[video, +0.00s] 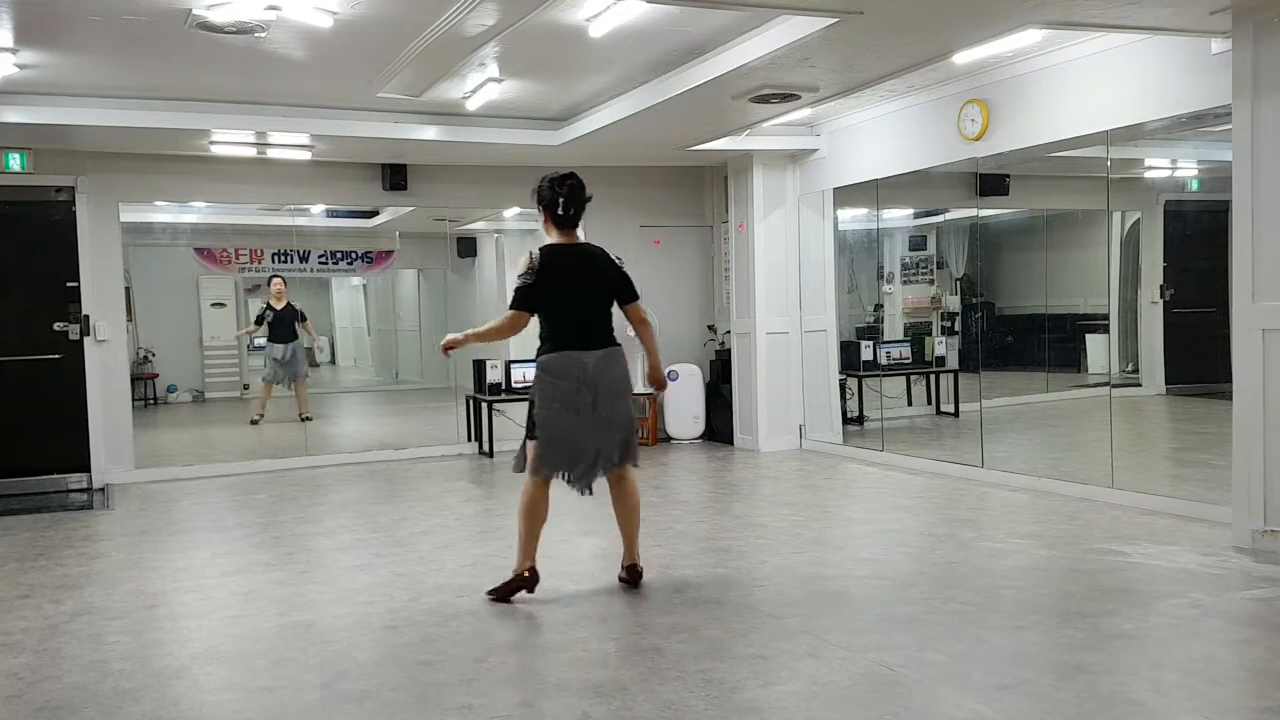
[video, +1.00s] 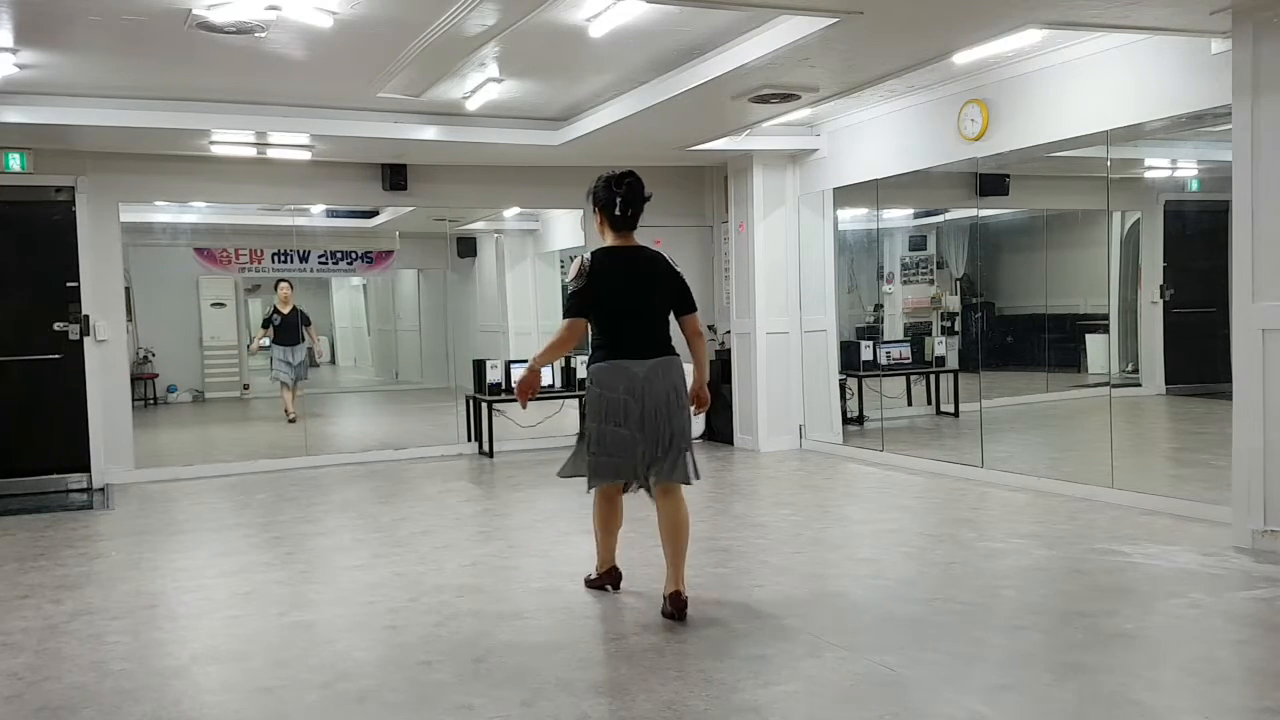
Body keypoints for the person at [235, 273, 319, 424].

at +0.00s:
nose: (278, 287)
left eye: (281, 284)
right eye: (275, 285)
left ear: (285, 287)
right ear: (269, 289)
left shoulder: (294, 307)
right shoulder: (266, 309)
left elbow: (305, 324)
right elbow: (255, 327)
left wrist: (315, 337)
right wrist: (244, 331)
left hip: (294, 347)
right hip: (274, 348)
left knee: (300, 379)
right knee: (268, 380)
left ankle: (303, 412)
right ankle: (260, 412)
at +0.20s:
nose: (286, 287)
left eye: (289, 284)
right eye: (283, 285)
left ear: (293, 287)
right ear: (277, 288)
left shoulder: (301, 306)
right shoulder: (272, 307)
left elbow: (313, 323)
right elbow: (266, 326)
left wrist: (326, 338)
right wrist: (261, 329)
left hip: (301, 347)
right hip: (281, 349)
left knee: (304, 381)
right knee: (285, 381)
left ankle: (304, 412)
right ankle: (288, 413)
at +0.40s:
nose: (287, 287)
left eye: (290, 284)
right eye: (284, 285)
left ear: (294, 287)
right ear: (278, 288)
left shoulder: (300, 306)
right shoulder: (273, 307)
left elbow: (312, 324)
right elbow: (267, 327)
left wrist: (323, 338)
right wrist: (273, 324)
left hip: (302, 347)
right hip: (283, 349)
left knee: (304, 381)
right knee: (288, 382)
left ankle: (305, 411)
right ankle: (292, 412)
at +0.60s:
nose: (288, 289)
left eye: (290, 286)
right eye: (285, 286)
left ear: (294, 288)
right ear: (279, 289)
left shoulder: (300, 308)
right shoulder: (274, 307)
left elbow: (309, 328)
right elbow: (268, 327)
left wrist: (317, 344)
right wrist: (275, 329)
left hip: (299, 347)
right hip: (280, 349)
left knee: (301, 381)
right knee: (285, 382)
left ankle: (303, 410)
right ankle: (293, 412)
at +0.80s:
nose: (287, 290)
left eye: (289, 287)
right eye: (283, 287)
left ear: (293, 290)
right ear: (278, 290)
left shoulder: (299, 309)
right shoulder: (273, 309)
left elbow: (309, 327)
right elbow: (267, 327)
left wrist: (316, 345)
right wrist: (266, 338)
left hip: (298, 348)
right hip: (279, 349)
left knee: (298, 381)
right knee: (285, 382)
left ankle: (295, 408)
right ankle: (292, 411)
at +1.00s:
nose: (285, 292)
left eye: (287, 289)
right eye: (281, 289)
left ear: (291, 291)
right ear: (276, 292)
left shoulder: (298, 311)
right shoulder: (271, 311)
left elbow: (309, 327)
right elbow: (264, 329)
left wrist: (316, 344)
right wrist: (256, 342)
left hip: (298, 349)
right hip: (280, 350)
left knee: (295, 381)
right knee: (285, 381)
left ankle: (289, 406)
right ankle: (290, 411)